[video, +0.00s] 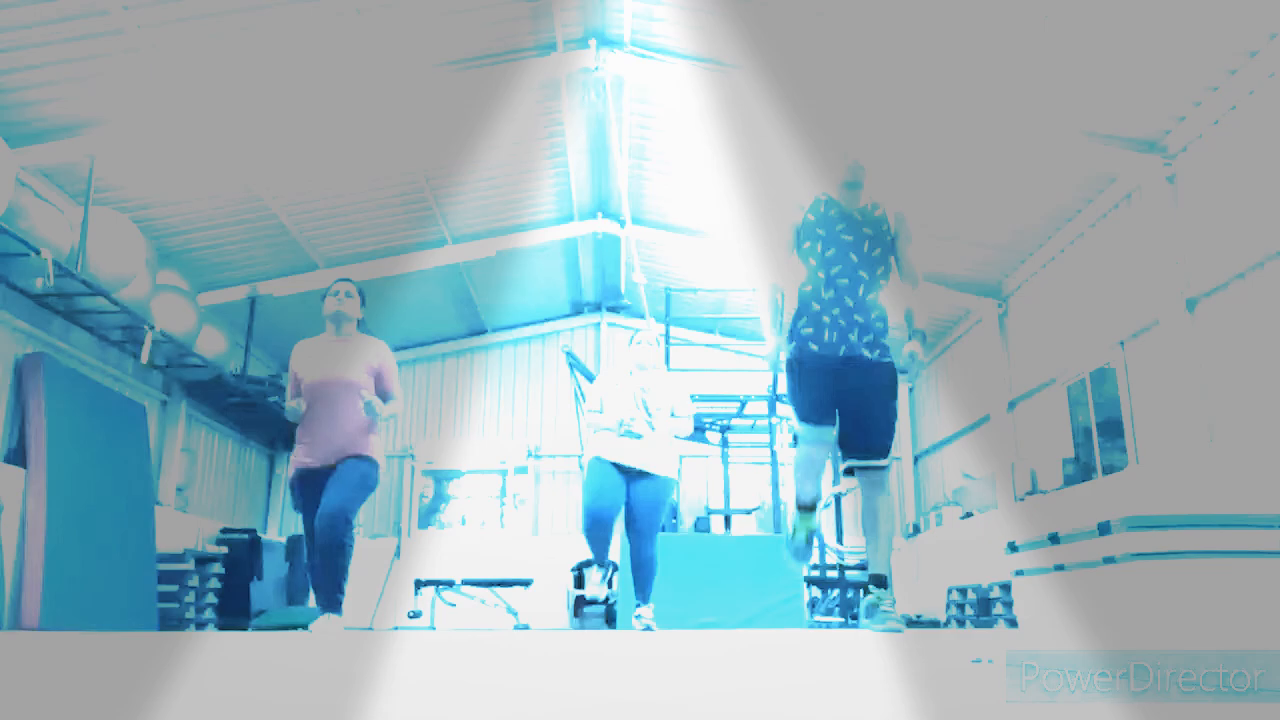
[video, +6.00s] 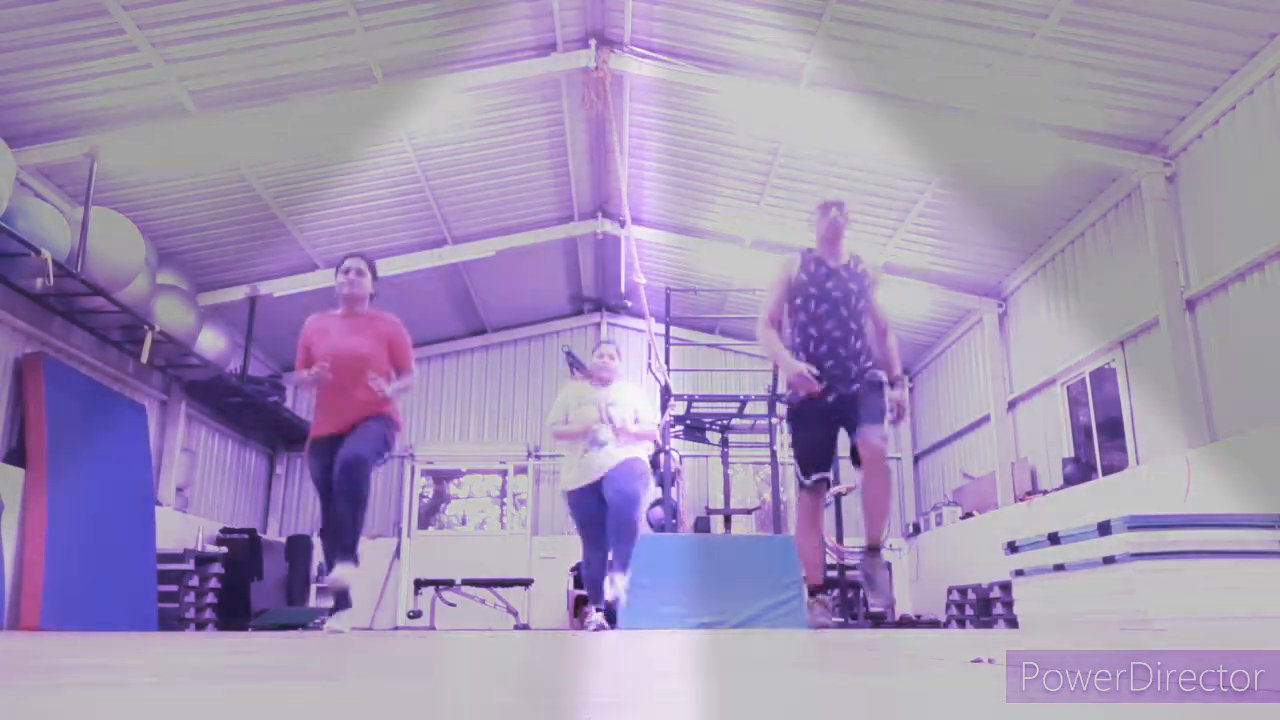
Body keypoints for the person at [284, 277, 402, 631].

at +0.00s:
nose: (340, 298)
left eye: (349, 294)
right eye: (334, 294)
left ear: (361, 308)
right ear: (323, 306)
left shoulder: (376, 348)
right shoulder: (302, 349)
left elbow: (394, 400)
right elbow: (293, 404)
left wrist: (382, 408)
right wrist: (292, 407)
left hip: (358, 456)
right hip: (309, 460)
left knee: (331, 516)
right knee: (314, 539)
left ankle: (331, 611)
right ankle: (329, 612)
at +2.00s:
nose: (343, 285)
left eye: (352, 279)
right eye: (337, 279)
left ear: (366, 290)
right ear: (327, 289)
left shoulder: (381, 333)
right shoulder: (314, 331)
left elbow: (400, 387)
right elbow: (308, 387)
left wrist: (360, 383)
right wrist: (294, 378)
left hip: (362, 441)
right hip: (317, 432)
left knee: (350, 531)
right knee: (291, 469)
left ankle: (346, 611)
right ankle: (299, 561)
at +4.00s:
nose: (342, 307)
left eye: (350, 302)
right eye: (336, 302)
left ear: (363, 314)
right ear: (327, 314)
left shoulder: (382, 351)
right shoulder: (314, 355)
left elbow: (409, 398)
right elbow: (289, 410)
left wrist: (392, 397)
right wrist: (298, 385)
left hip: (373, 459)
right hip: (324, 457)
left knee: (367, 537)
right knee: (320, 531)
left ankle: (365, 587)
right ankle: (319, 611)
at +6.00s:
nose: (352, 278)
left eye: (360, 273)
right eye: (346, 273)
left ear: (372, 285)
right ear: (335, 283)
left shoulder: (388, 325)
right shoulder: (316, 324)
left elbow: (408, 375)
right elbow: (298, 377)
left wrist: (390, 388)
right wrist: (312, 375)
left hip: (373, 419)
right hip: (326, 426)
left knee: (351, 460)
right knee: (329, 503)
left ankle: (345, 559)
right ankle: (340, 598)